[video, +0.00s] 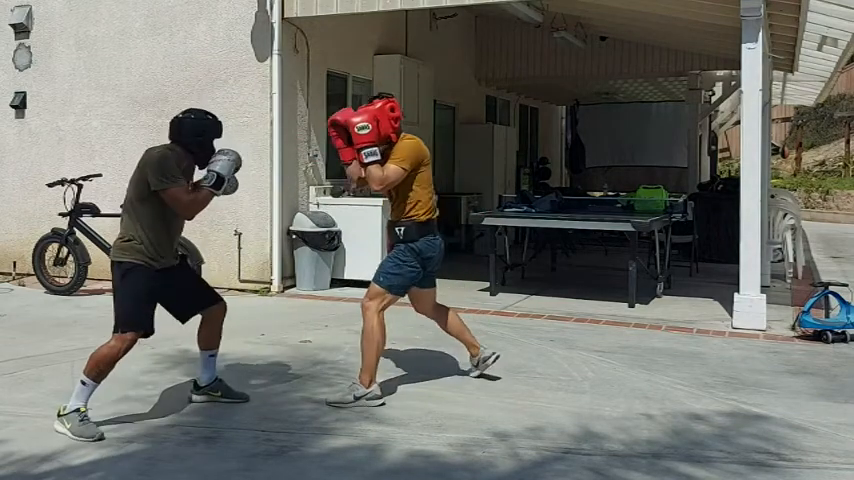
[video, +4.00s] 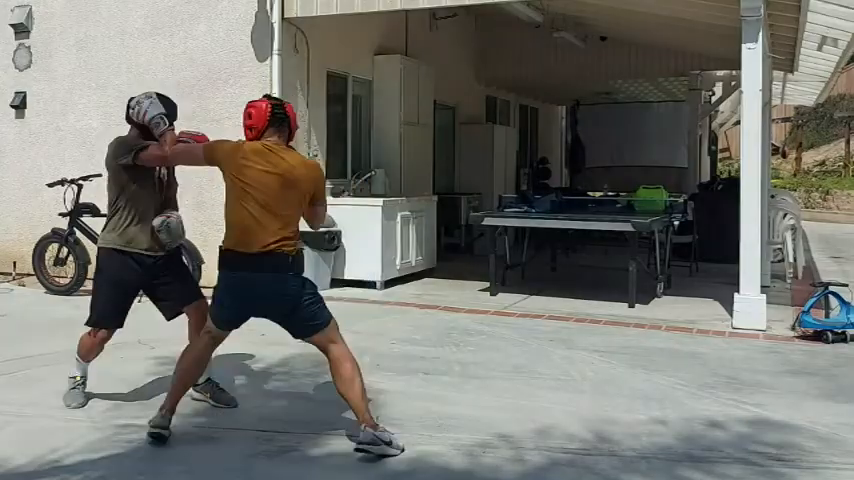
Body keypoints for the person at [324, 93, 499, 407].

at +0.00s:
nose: (371, 130)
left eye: (372, 124)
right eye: (369, 124)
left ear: (383, 123)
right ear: (386, 124)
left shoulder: (410, 145)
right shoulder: (391, 149)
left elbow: (379, 182)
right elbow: (358, 176)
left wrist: (367, 143)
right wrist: (344, 144)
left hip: (415, 243)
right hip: (424, 241)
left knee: (371, 305)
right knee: (426, 305)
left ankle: (366, 385)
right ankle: (478, 352)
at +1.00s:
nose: (333, 137)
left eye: (334, 132)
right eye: (332, 133)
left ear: (347, 131)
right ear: (353, 131)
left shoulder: (374, 150)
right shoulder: (354, 156)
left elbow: (351, 189)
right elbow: (324, 187)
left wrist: (333, 151)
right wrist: (310, 156)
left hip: (380, 249)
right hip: (387, 247)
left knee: (335, 308)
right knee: (400, 308)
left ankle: (325, 389)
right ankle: (452, 355)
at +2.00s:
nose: (344, 128)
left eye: (346, 122)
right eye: (343, 123)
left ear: (361, 120)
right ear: (369, 118)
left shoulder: (378, 144)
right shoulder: (380, 144)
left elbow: (376, 187)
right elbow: (353, 187)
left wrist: (339, 168)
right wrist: (330, 157)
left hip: (383, 244)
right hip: (402, 242)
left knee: (335, 307)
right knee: (416, 310)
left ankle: (326, 391)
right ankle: (458, 374)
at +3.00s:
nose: (358, 115)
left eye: (360, 108)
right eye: (358, 107)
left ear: (373, 105)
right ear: (396, 107)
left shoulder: (366, 139)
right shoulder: (423, 145)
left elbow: (349, 189)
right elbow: (396, 176)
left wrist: (315, 206)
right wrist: (358, 148)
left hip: (381, 250)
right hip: (421, 248)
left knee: (339, 325)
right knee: (430, 331)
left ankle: (309, 399)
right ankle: (457, 410)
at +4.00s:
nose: (247, 130)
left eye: (250, 125)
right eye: (294, 127)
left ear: (255, 128)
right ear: (290, 129)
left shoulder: (231, 152)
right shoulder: (309, 169)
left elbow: (175, 154)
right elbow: (318, 219)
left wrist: (173, 138)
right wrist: (297, 191)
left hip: (234, 276)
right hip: (283, 278)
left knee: (208, 337)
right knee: (334, 344)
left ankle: (165, 413)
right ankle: (368, 425)